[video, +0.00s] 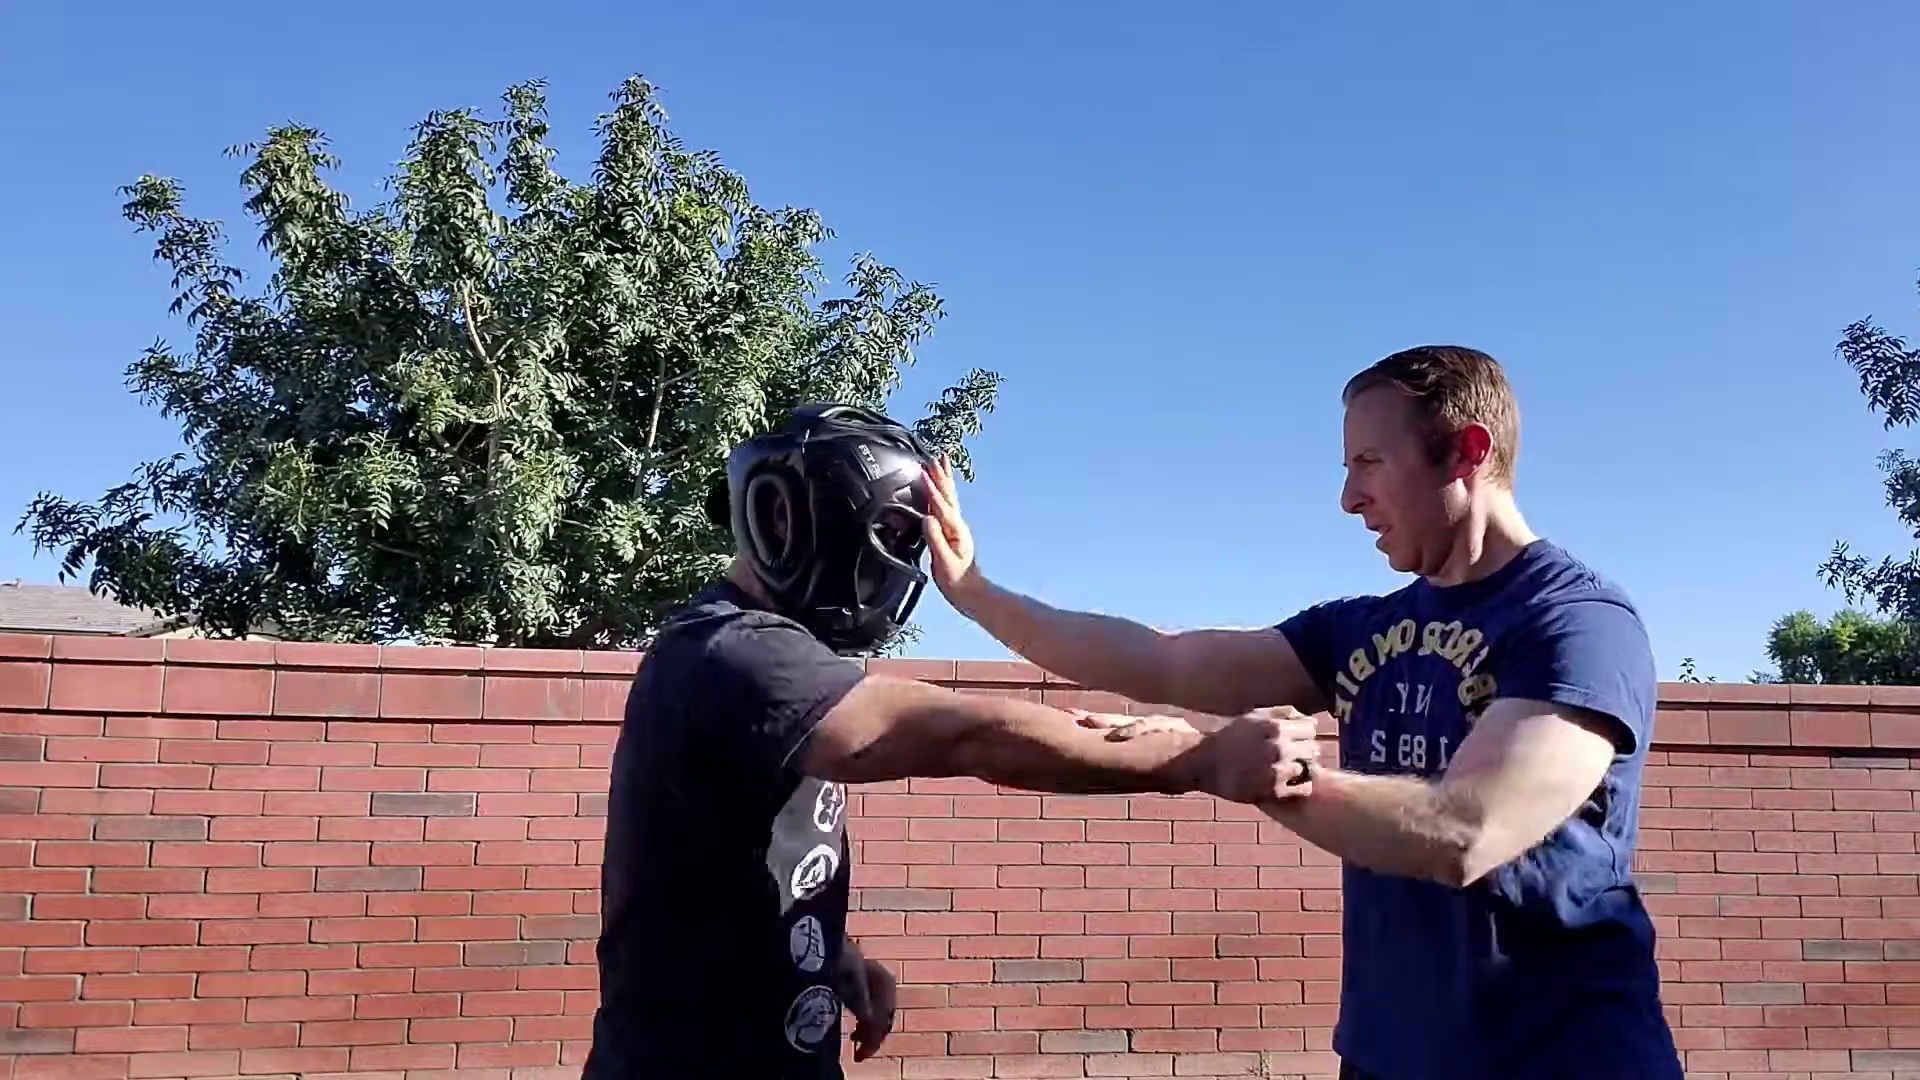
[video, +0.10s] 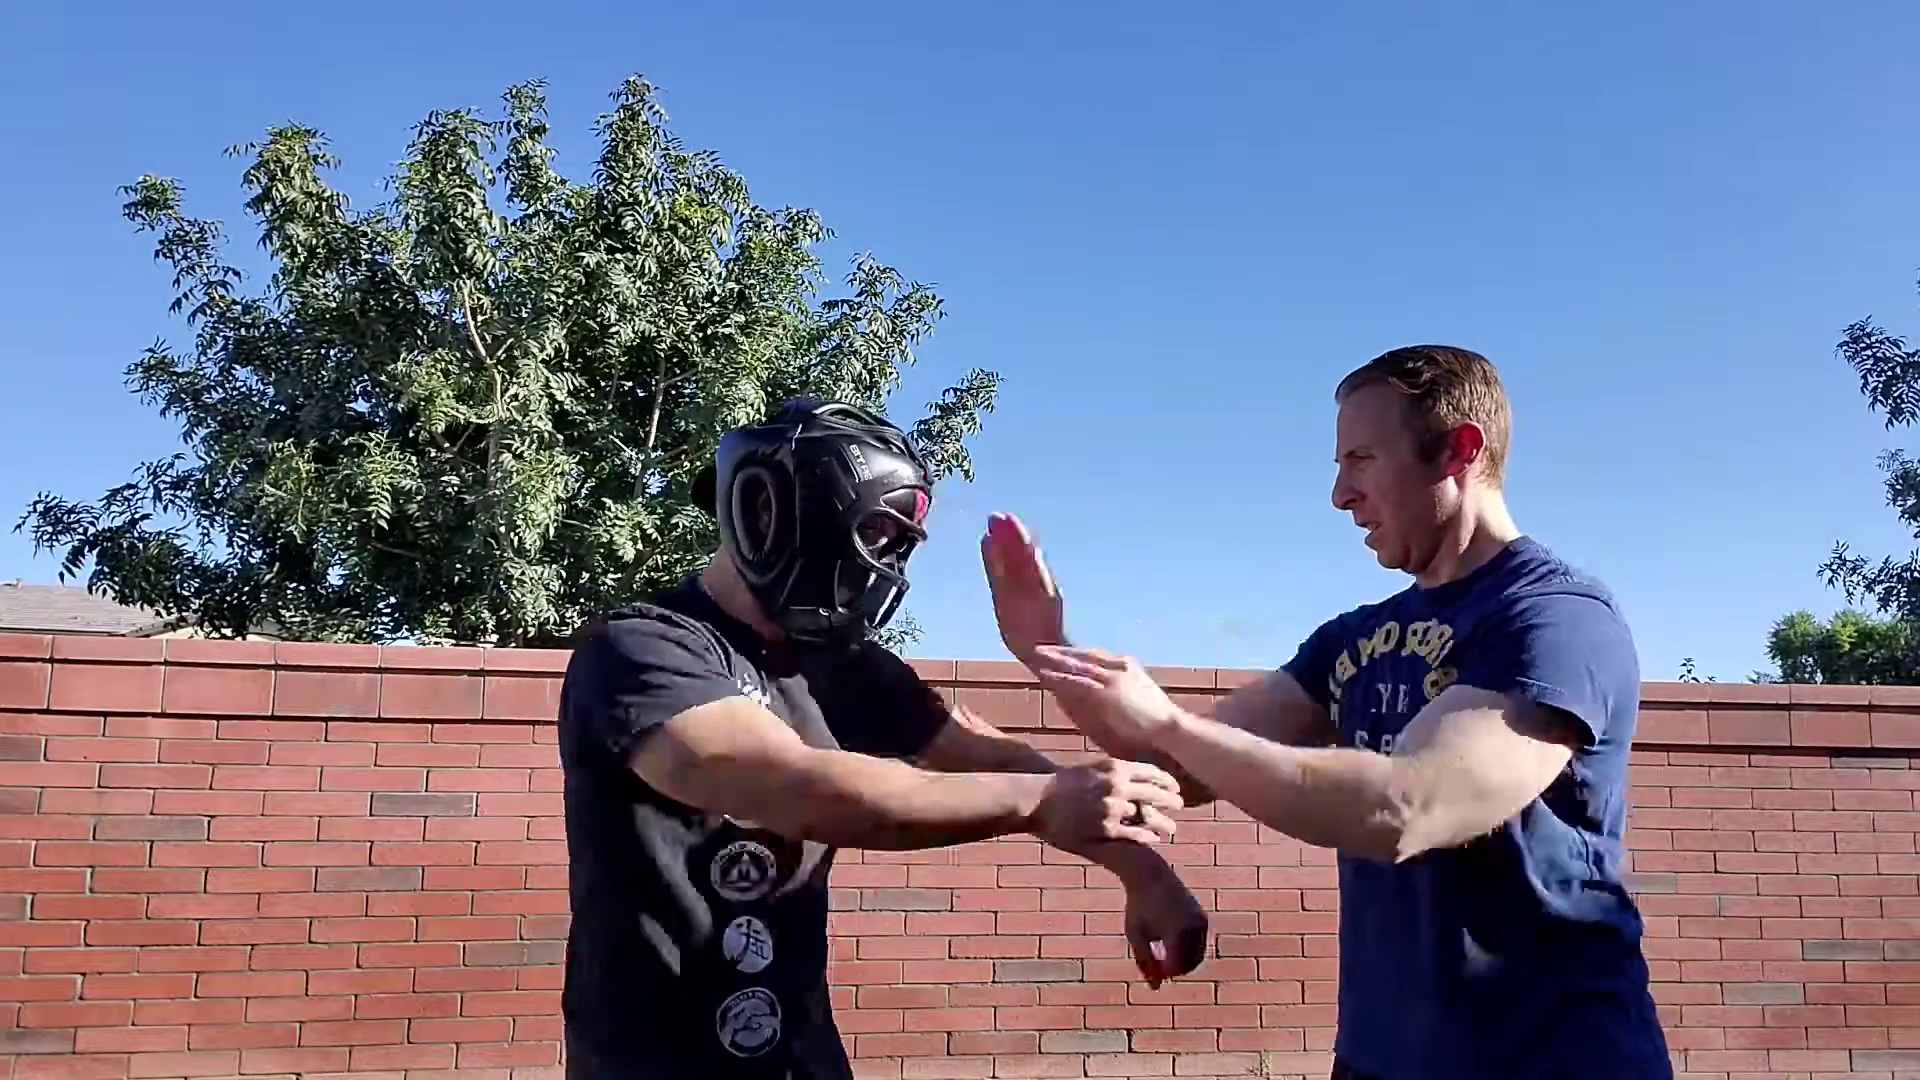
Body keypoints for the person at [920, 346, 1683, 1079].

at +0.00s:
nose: (1350, 497)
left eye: (1368, 463)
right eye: (1351, 468)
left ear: (1468, 458)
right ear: (1461, 463)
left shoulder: (1583, 623)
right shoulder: (1371, 631)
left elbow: (1458, 837)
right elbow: (1159, 665)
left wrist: (1261, 768)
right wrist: (970, 589)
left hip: (1562, 1053)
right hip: (1394, 1051)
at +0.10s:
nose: (1339, 494)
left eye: (1361, 460)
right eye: (1342, 464)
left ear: (1459, 456)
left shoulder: (1562, 616)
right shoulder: (1354, 641)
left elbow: (1399, 812)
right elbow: (1190, 764)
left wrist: (1168, 726)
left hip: (1552, 1049)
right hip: (1387, 1047)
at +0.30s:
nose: (1348, 513)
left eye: (1368, 480)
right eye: (1347, 485)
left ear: (1464, 469)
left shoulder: (1524, 603)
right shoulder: (1434, 670)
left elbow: (1214, 614)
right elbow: (1351, 871)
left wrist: (1002, 584)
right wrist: (1230, 899)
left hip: (1602, 1054)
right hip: (1467, 1054)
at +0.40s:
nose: (1344, 521)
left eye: (1364, 488)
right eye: (1341, 495)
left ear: (1461, 475)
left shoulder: (1534, 606)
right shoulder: (1420, 686)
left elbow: (1222, 616)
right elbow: (1347, 889)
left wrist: (1006, 580)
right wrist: (1233, 931)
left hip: (1621, 1055)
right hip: (1481, 1058)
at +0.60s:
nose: (1343, 503)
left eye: (1363, 471)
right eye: (1343, 476)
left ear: (1463, 466)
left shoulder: (1552, 610)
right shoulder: (1367, 654)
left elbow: (1406, 822)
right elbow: (1177, 720)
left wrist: (1227, 743)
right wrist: (1006, 648)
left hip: (1585, 1048)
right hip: (1429, 1050)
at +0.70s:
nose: (1351, 495)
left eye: (1373, 462)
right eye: (1352, 467)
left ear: (1472, 459)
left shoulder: (1582, 618)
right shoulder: (1359, 642)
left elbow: (1445, 836)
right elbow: (1161, 697)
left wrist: (1213, 839)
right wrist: (972, 619)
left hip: (1584, 1054)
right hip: (1411, 1057)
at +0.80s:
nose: (1347, 488)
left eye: (1371, 456)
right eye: (1350, 460)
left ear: (1472, 457)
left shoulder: (1569, 614)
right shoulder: (1374, 635)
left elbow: (1426, 825)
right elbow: (1193, 703)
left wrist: (1187, 748)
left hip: (1577, 1049)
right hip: (1426, 1049)